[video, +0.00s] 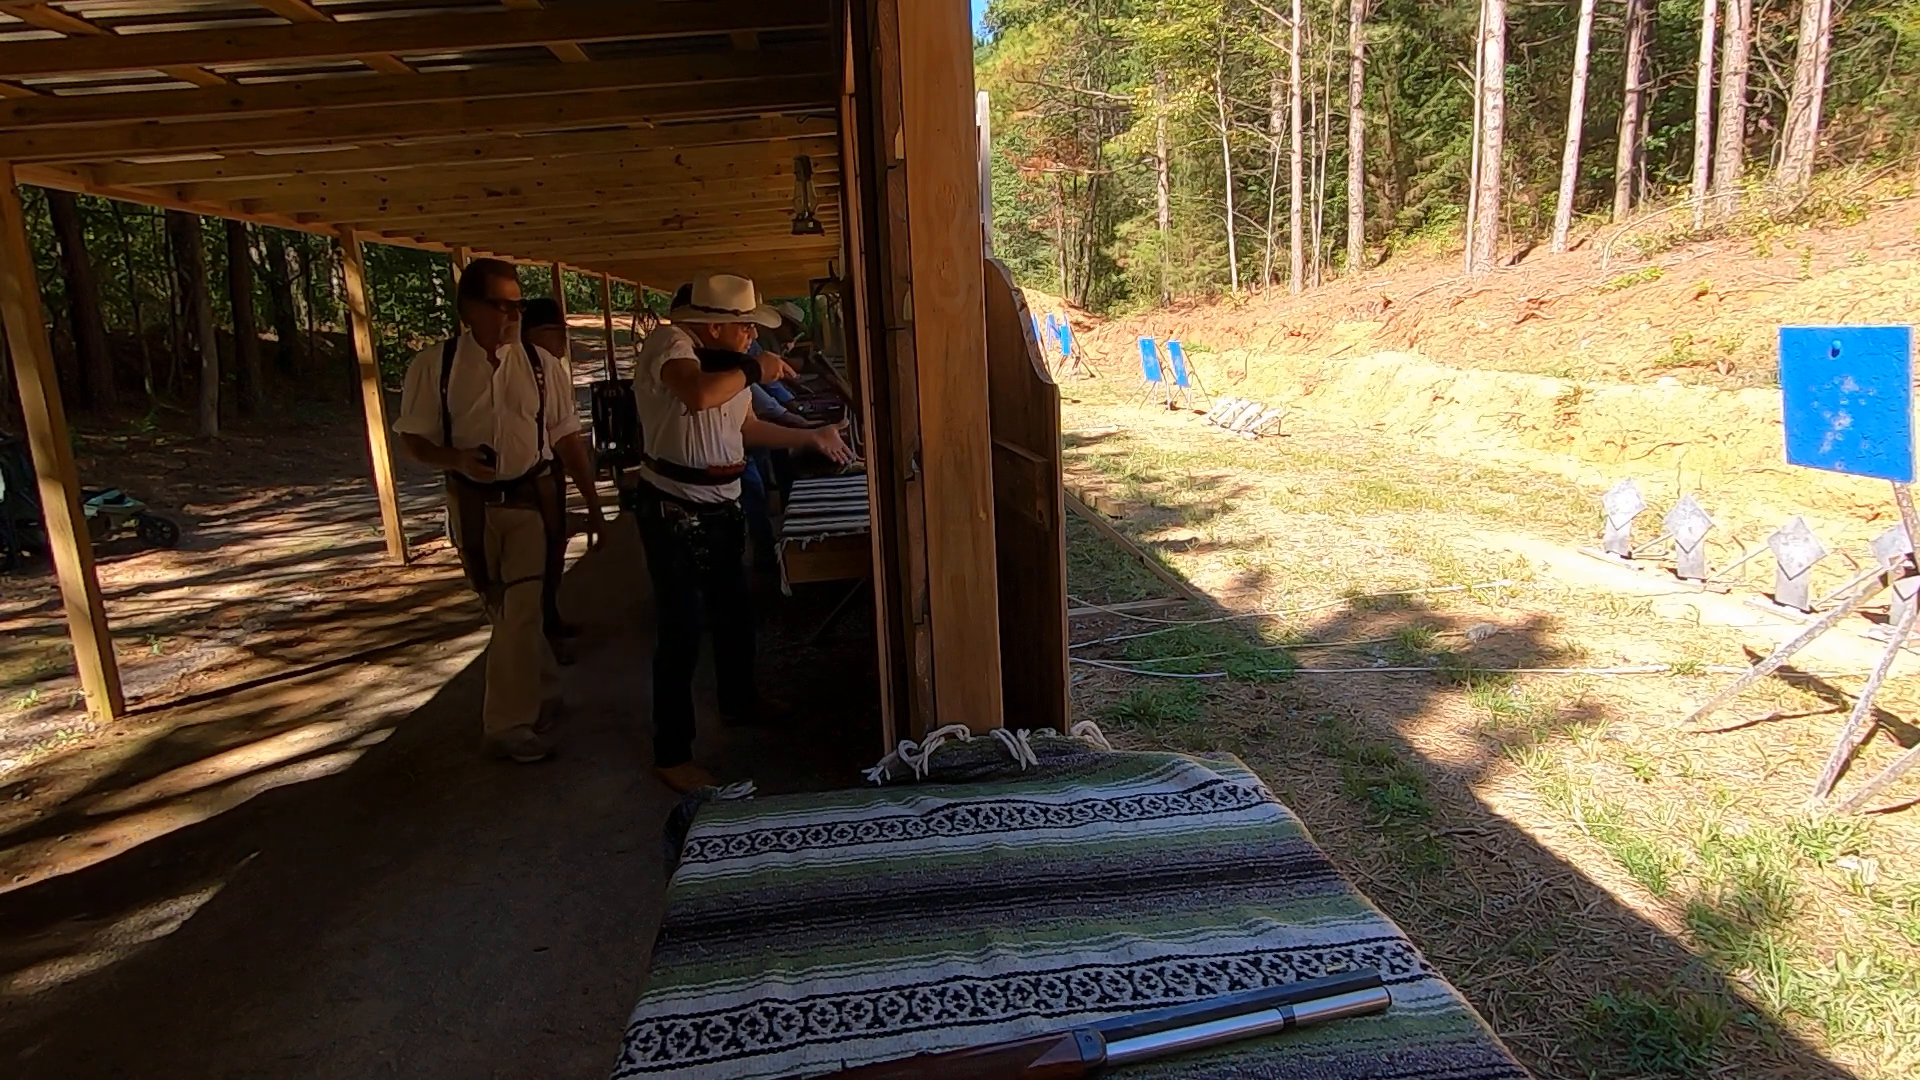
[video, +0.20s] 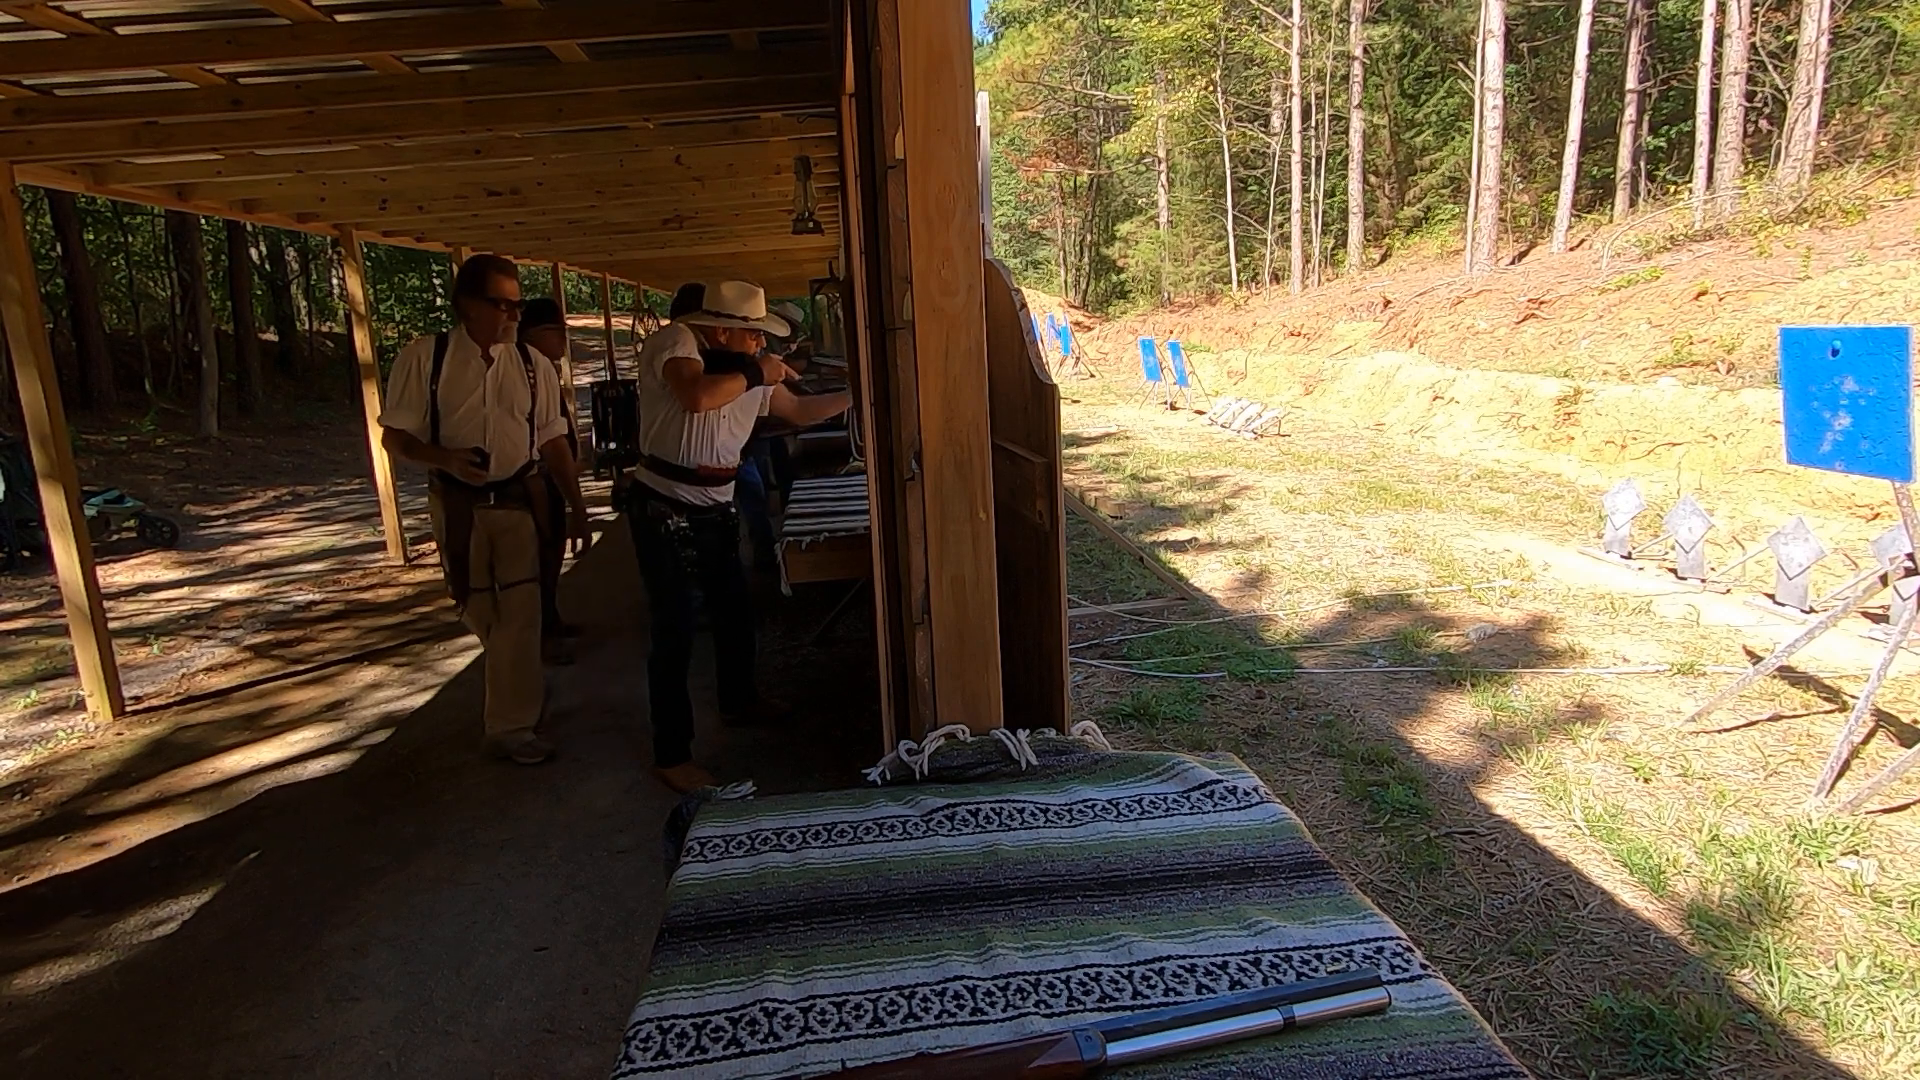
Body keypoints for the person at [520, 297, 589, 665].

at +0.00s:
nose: (565, 337)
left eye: (563, 330)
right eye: (557, 331)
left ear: (549, 334)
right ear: (534, 335)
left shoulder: (554, 370)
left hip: (550, 471)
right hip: (531, 474)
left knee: (553, 549)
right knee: (544, 551)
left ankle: (552, 622)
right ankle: (546, 627)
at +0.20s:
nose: (565, 341)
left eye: (564, 334)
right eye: (558, 334)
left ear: (543, 336)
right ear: (538, 336)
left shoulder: (547, 373)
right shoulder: (528, 375)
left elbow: (558, 435)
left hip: (549, 477)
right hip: (533, 479)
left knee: (551, 555)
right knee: (544, 558)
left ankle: (552, 623)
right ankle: (543, 635)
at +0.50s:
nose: (565, 340)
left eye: (564, 333)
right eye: (558, 333)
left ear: (544, 336)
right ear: (537, 335)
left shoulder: (546, 372)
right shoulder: (520, 374)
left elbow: (556, 423)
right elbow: (524, 436)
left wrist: (567, 455)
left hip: (549, 474)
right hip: (527, 477)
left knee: (550, 551)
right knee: (537, 554)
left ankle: (552, 624)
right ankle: (542, 636)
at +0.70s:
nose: (565, 342)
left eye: (564, 334)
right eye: (559, 335)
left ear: (541, 336)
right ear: (538, 335)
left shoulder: (545, 371)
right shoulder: (511, 370)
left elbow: (556, 421)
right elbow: (505, 431)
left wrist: (568, 456)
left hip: (550, 472)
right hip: (525, 476)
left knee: (552, 549)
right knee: (535, 552)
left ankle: (550, 619)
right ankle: (541, 631)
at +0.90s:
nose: (566, 344)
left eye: (565, 337)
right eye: (561, 336)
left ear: (544, 335)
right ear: (539, 335)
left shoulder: (544, 368)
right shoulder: (505, 365)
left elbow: (553, 415)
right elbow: (475, 407)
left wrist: (566, 452)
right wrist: (493, 451)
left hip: (550, 474)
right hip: (522, 477)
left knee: (551, 551)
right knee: (534, 554)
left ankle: (548, 620)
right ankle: (539, 631)